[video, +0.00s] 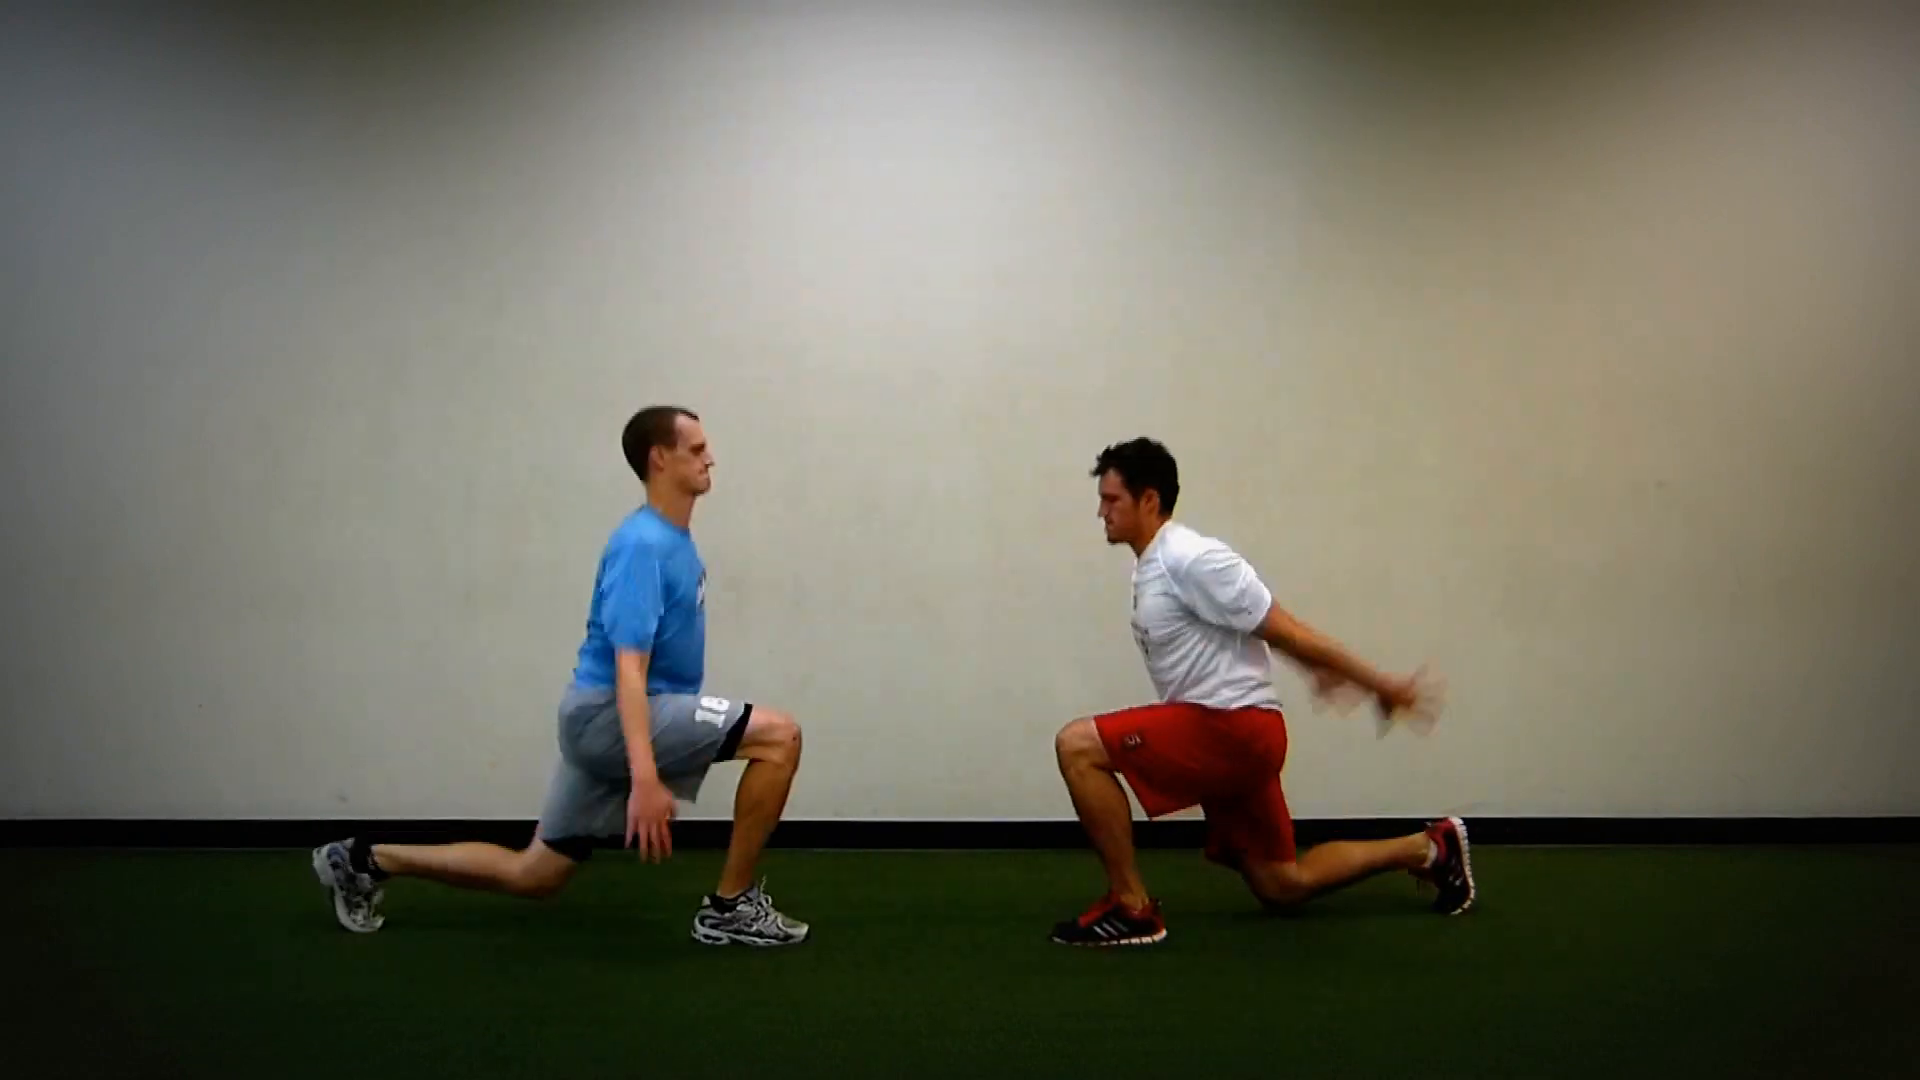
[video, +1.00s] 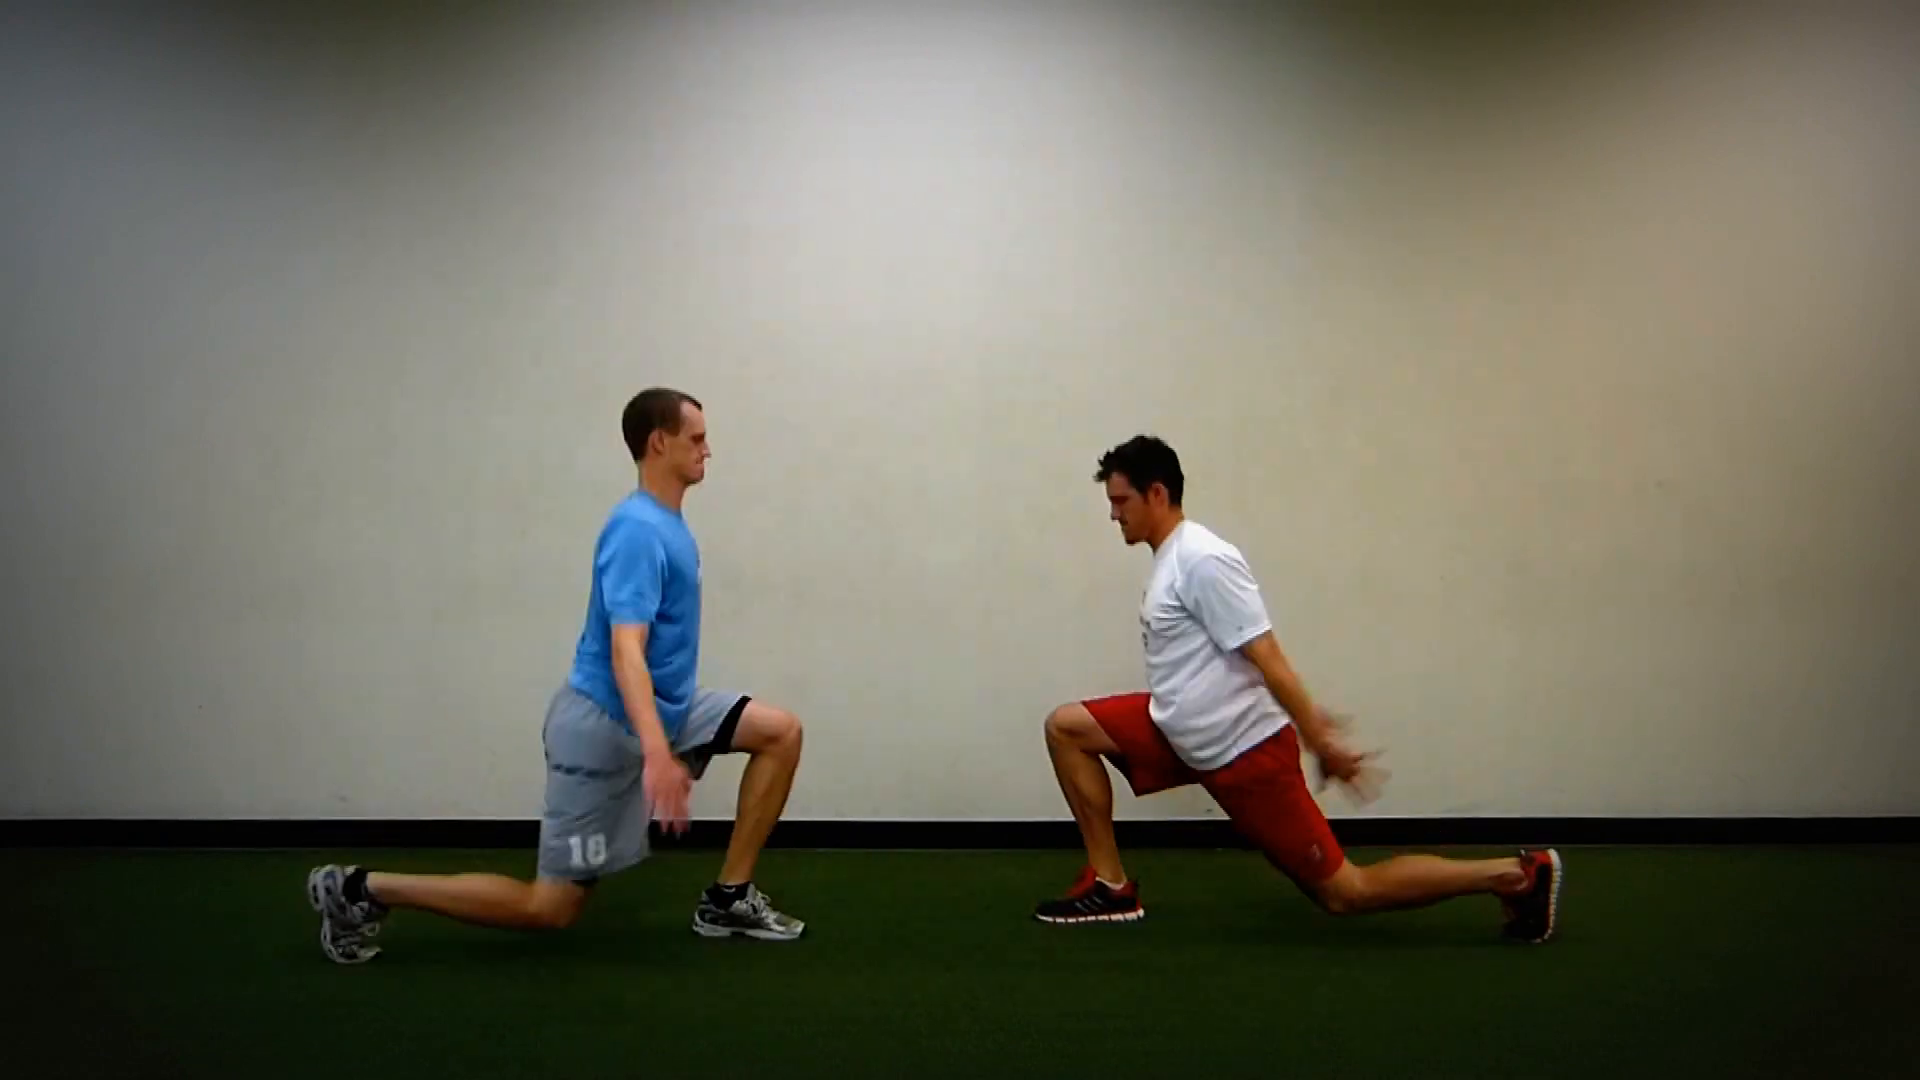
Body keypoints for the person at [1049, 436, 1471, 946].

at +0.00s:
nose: (1101, 510)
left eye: (1110, 500)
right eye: (1101, 500)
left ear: (1148, 501)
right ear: (1142, 502)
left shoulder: (1193, 559)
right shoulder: (1156, 563)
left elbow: (1287, 630)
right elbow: (1248, 618)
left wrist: (1381, 684)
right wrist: (1317, 667)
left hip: (1238, 728)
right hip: (1227, 729)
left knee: (1079, 745)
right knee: (1281, 884)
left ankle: (1131, 908)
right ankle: (1427, 848)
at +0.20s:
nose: (1132, 388)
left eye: (1139, 375)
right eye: (1130, 377)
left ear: (1178, 371)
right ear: (1166, 375)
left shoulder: (1214, 428)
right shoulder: (1156, 438)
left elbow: (1138, 494)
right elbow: (1099, 491)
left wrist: (1028, 511)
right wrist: (1005, 510)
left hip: (1232, 626)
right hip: (1229, 626)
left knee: (1107, 728)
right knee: (1301, 761)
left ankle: (1130, 903)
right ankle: (1431, 844)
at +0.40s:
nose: (1098, 262)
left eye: (1105, 246)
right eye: (1094, 253)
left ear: (1139, 245)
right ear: (1127, 254)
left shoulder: (1177, 289)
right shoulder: (1137, 313)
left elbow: (1102, 233)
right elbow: (1066, 263)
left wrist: (1051, 150)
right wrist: (1019, 184)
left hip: (1231, 495)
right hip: (1222, 500)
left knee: (1223, 669)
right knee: (1253, 670)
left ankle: (1288, 833)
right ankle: (1294, 826)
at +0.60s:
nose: (1096, 289)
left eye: (1102, 272)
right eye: (1093, 281)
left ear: (1135, 268)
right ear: (1122, 280)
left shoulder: (1175, 315)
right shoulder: (1129, 334)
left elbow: (1096, 254)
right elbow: (1070, 289)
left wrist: (1071, 181)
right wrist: (1047, 202)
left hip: (1231, 524)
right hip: (1184, 537)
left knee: (1307, 686)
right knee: (1154, 687)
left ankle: (1462, 776)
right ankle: (1139, 850)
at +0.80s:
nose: (1101, 435)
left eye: (1107, 420)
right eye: (1099, 422)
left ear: (1145, 413)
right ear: (1136, 418)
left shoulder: (1184, 467)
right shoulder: (1142, 486)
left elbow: (1170, 539)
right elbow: (1116, 568)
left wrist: (1062, 514)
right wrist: (1031, 561)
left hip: (1237, 661)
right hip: (1168, 664)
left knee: (1325, 818)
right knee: (1070, 725)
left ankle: (1494, 864)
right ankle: (1109, 885)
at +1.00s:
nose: (1112, 514)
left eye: (1117, 501)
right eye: (1110, 502)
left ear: (1156, 495)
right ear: (1151, 496)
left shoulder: (1205, 563)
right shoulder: (1172, 561)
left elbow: (1271, 662)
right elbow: (1242, 658)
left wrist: (1319, 742)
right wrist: (1314, 725)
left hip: (1244, 744)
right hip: (1185, 726)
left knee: (1343, 890)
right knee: (1067, 727)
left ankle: (1519, 875)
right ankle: (1108, 884)